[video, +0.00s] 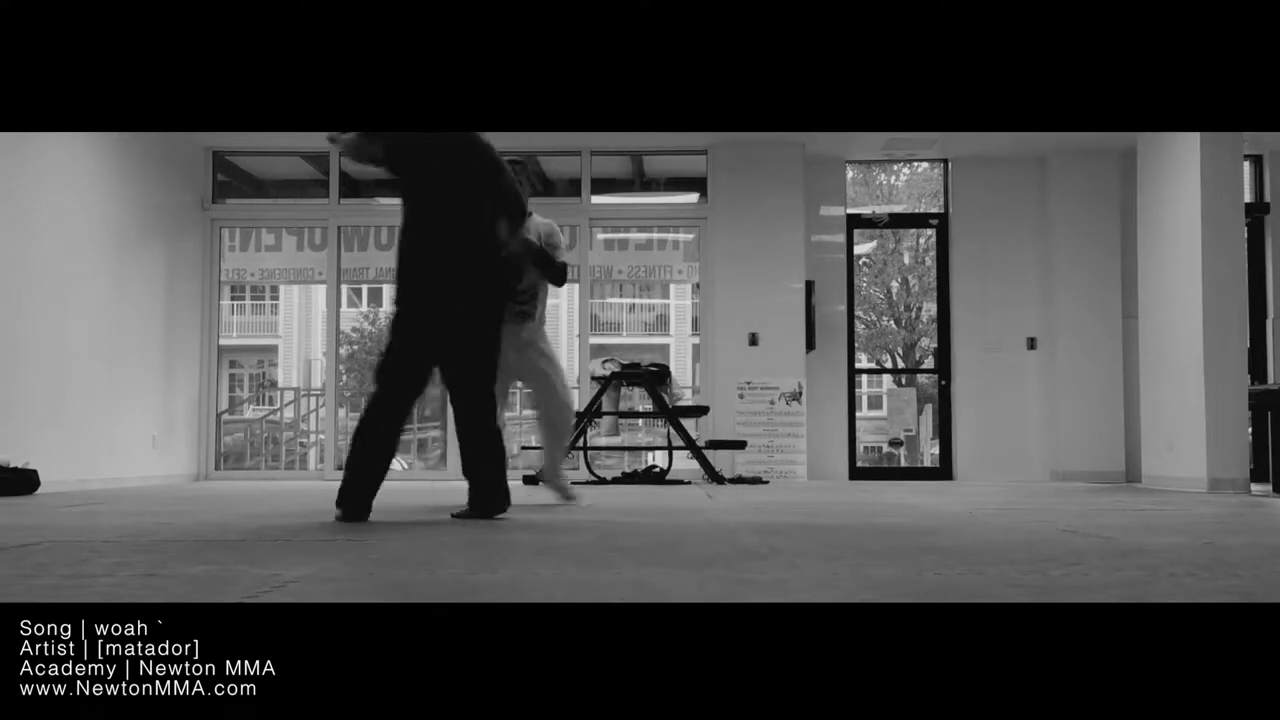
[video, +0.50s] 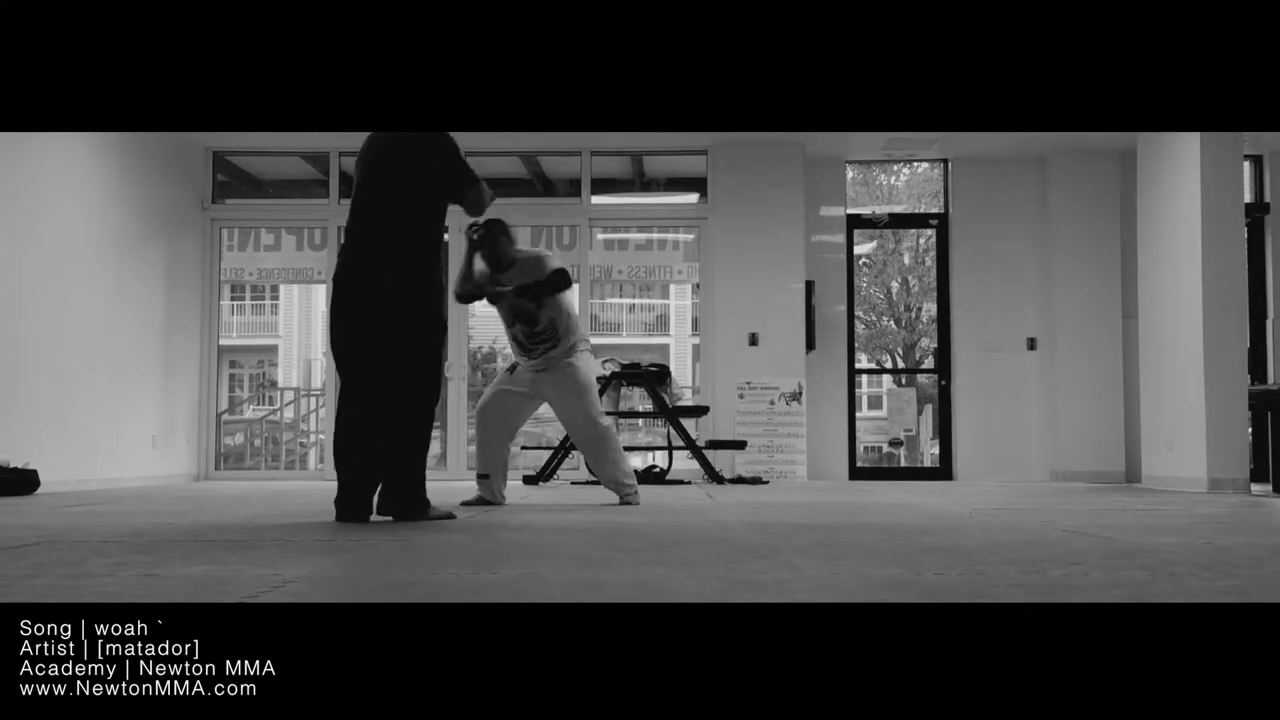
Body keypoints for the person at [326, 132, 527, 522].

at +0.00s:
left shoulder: (416, 146)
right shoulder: (481, 151)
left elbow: (356, 148)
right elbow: (516, 208)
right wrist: (496, 250)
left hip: (424, 299)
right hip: (475, 298)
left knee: (391, 398)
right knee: (474, 400)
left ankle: (354, 503)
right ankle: (489, 499)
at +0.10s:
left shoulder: (386, 145)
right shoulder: (471, 153)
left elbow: (325, 171)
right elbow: (519, 210)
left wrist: (322, 143)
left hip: (395, 293)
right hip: (454, 294)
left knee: (374, 399)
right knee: (464, 398)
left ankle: (354, 504)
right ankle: (479, 502)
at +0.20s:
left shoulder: (375, 144)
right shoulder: (467, 150)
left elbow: (325, 195)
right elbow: (517, 202)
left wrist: (322, 153)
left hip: (377, 295)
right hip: (439, 294)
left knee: (363, 400)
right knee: (451, 397)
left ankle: (352, 506)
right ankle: (457, 499)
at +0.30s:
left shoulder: (372, 144)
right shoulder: (456, 145)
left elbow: (349, 197)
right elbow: (508, 201)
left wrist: (353, 159)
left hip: (365, 282)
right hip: (427, 282)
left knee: (360, 398)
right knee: (435, 396)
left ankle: (352, 505)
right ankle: (427, 497)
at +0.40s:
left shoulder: (371, 143)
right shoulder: (442, 142)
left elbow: (358, 186)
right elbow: (493, 201)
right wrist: (478, 175)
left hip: (358, 280)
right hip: (415, 281)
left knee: (357, 393)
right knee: (417, 392)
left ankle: (352, 504)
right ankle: (410, 501)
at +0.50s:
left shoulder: (372, 143)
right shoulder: (436, 142)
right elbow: (477, 201)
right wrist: (478, 183)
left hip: (357, 283)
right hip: (412, 286)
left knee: (360, 391)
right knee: (414, 393)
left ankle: (352, 503)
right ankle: (406, 500)